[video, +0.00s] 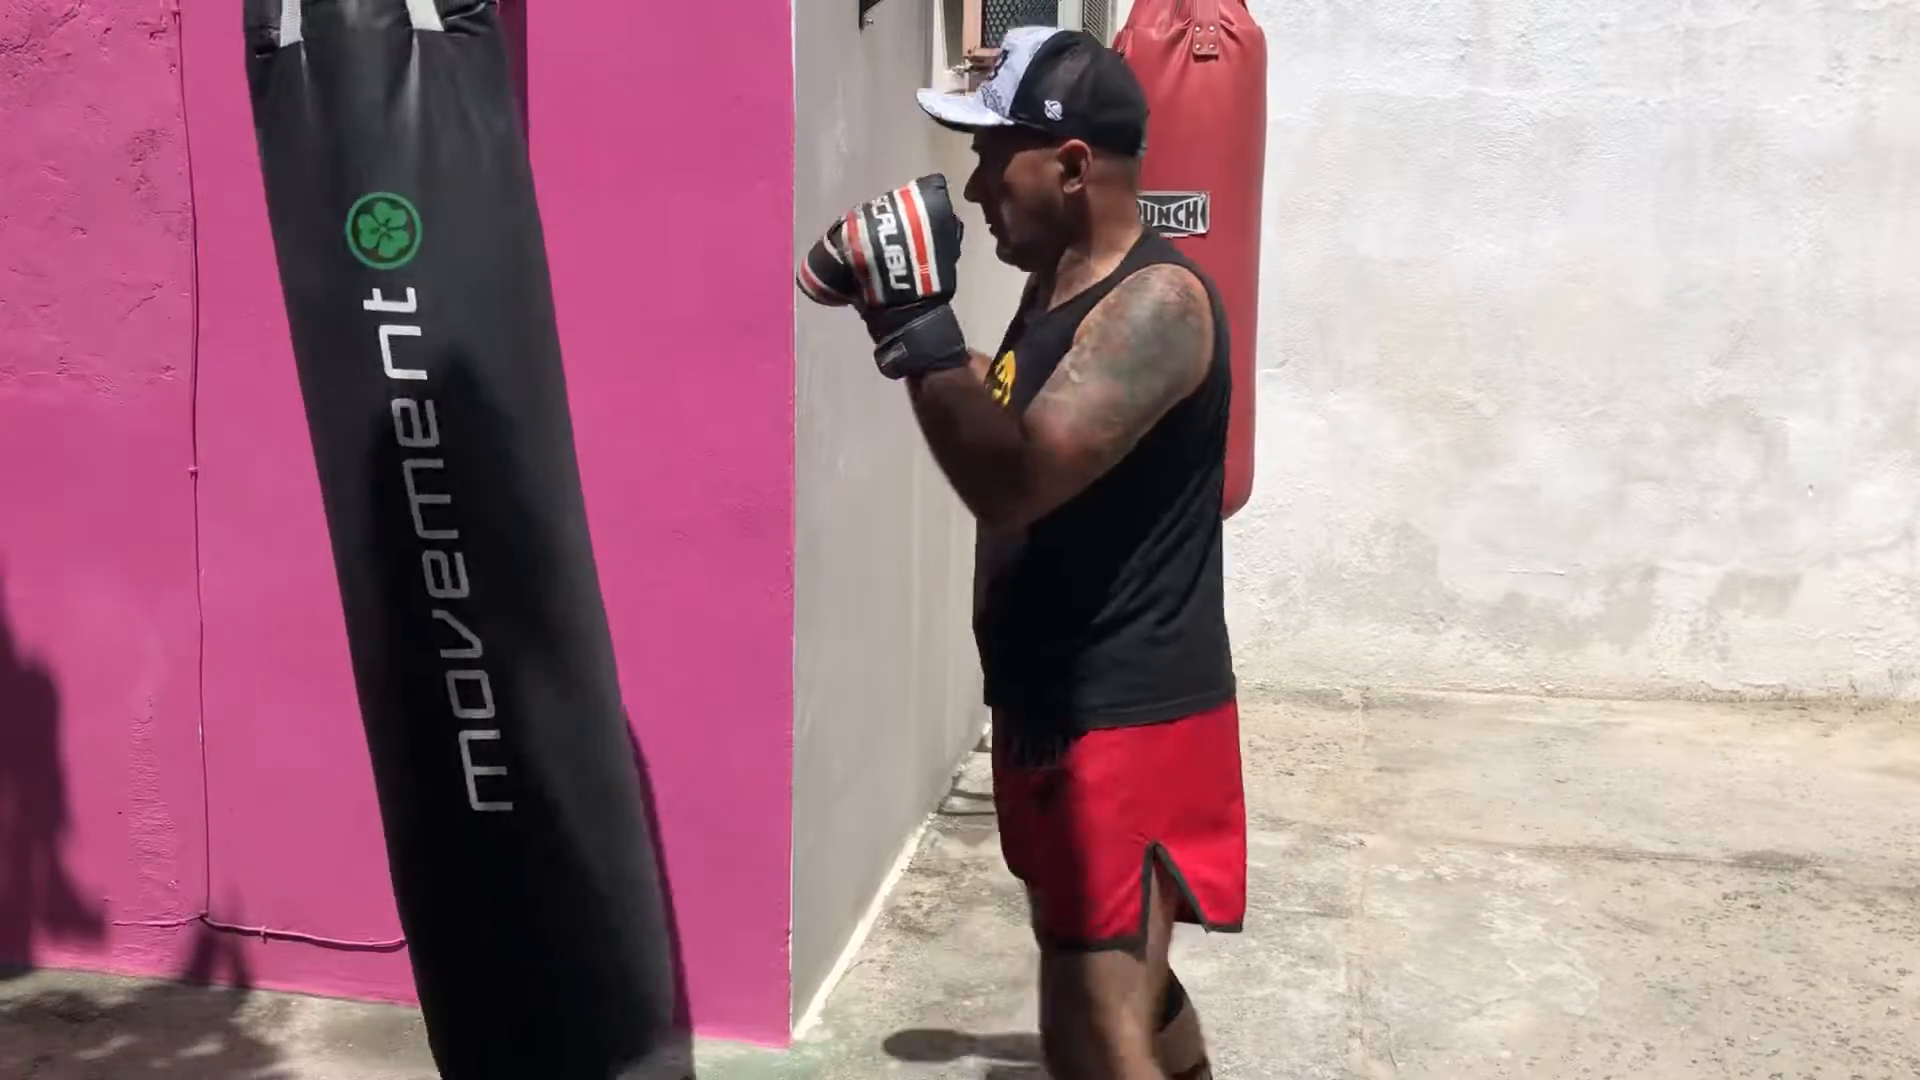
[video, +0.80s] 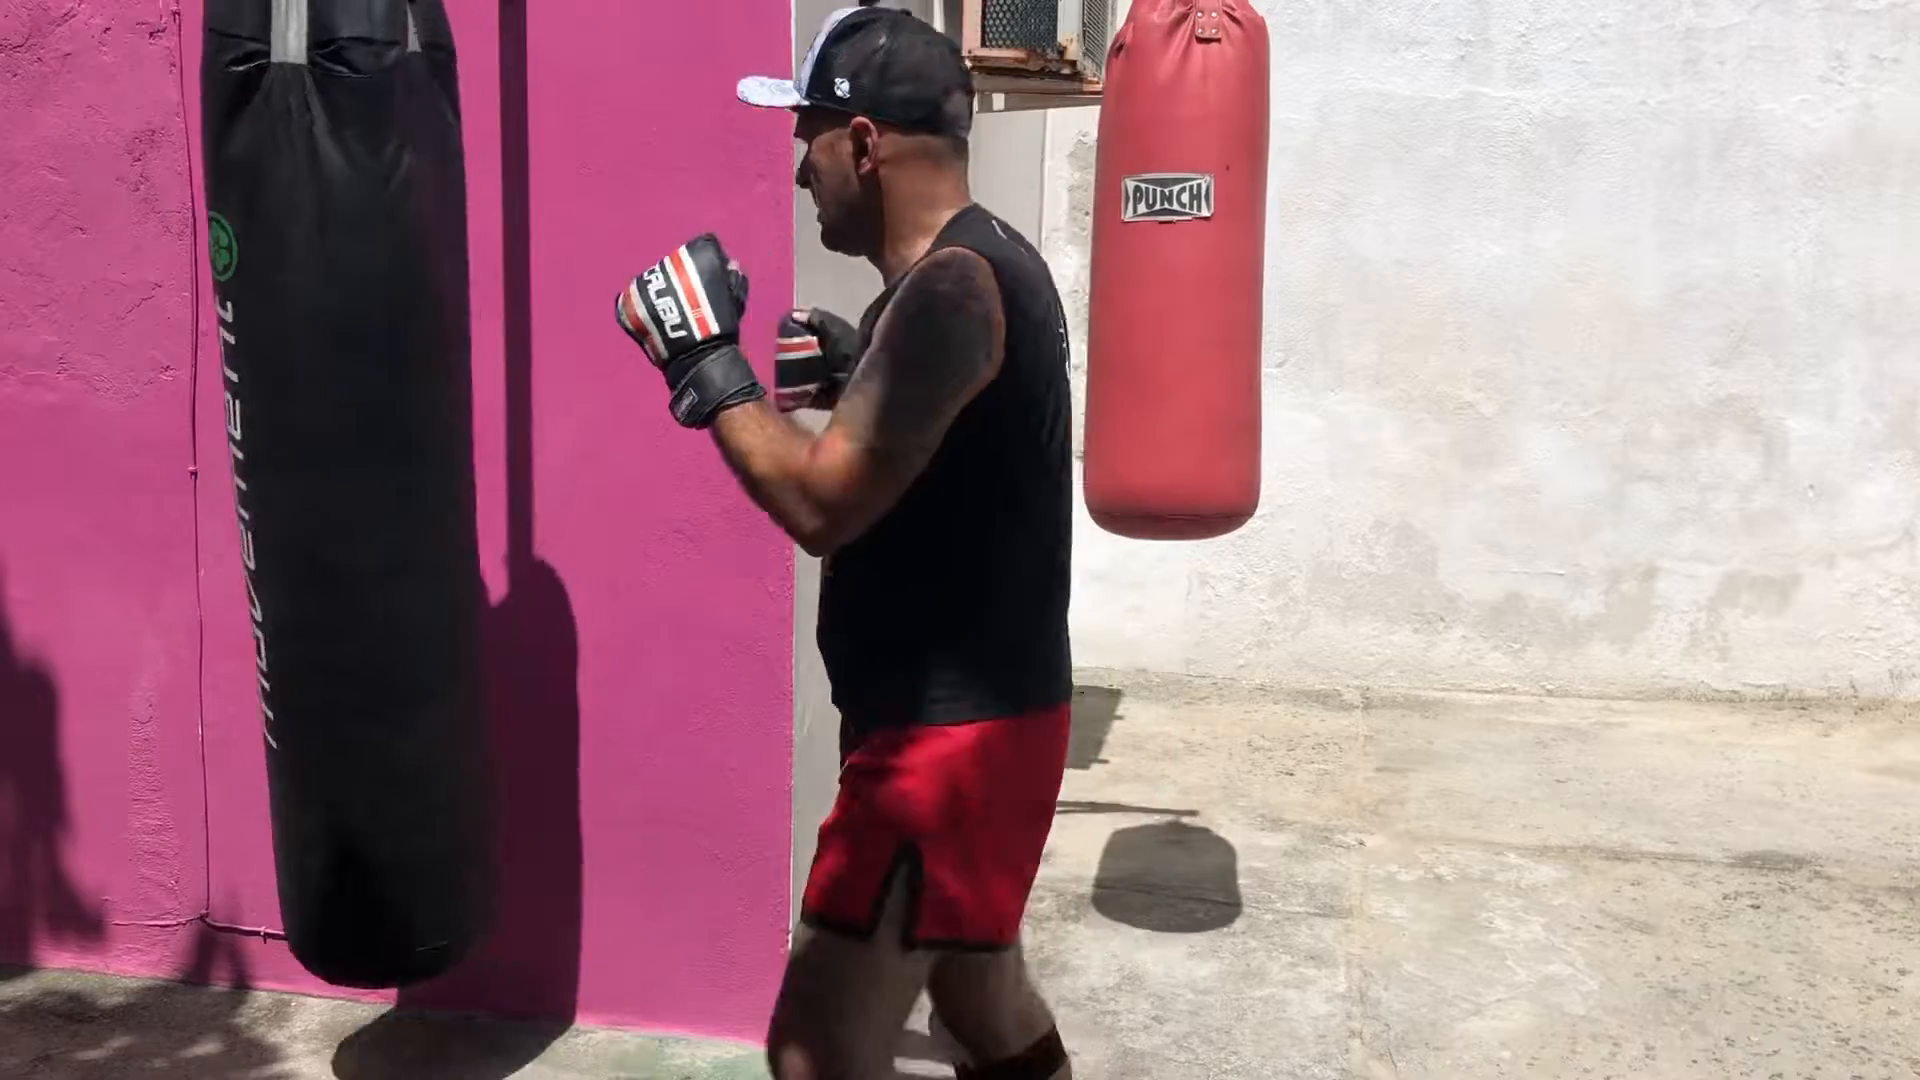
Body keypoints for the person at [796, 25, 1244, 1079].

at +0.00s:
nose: (975, 181)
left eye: (995, 152)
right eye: (978, 152)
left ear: (1072, 166)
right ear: (1068, 166)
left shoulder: (1158, 300)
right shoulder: (1061, 293)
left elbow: (1007, 483)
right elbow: (997, 439)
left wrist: (912, 315)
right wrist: (904, 310)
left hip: (1120, 717)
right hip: (1059, 712)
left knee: (1097, 1041)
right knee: (1136, 1005)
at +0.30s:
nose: (965, 188)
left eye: (982, 160)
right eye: (968, 160)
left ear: (1055, 172)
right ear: (1056, 174)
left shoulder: (1122, 311)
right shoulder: (1100, 293)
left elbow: (974, 501)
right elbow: (1091, 486)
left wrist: (872, 342)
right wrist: (981, 415)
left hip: (1107, 729)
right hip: (1110, 715)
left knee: (1057, 1042)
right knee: (1142, 993)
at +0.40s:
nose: (941, 183)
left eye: (958, 154)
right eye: (946, 155)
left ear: (1026, 165)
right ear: (1037, 164)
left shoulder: (1082, 315)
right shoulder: (1148, 281)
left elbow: (939, 507)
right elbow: (1208, 486)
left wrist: (842, 347)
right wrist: (1021, 436)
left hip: (1074, 732)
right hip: (1133, 714)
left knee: (1045, 1039)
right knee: (1101, 999)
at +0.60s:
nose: (874, 164)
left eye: (888, 135)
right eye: (878, 137)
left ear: (949, 143)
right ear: (977, 140)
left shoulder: (1008, 288)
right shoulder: (1106, 258)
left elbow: (874, 507)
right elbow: (1146, 459)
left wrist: (778, 357)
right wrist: (979, 380)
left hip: (1016, 720)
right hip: (1077, 701)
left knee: (1003, 1041)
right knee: (1024, 1027)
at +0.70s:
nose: (842, 167)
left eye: (854, 139)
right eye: (846, 141)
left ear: (913, 147)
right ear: (937, 144)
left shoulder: (986, 291)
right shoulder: (1057, 264)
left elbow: (862, 510)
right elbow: (1036, 463)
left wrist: (751, 370)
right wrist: (929, 379)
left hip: (976, 722)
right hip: (1038, 708)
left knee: (881, 1043)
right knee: (1002, 1010)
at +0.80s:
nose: (799, 167)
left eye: (809, 138)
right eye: (802, 140)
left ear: (867, 143)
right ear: (893, 141)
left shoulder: (946, 289)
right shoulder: (996, 264)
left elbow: (824, 507)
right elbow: (983, 454)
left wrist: (709, 372)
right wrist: (862, 378)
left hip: (935, 732)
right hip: (994, 717)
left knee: (823, 1048)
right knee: (987, 1003)